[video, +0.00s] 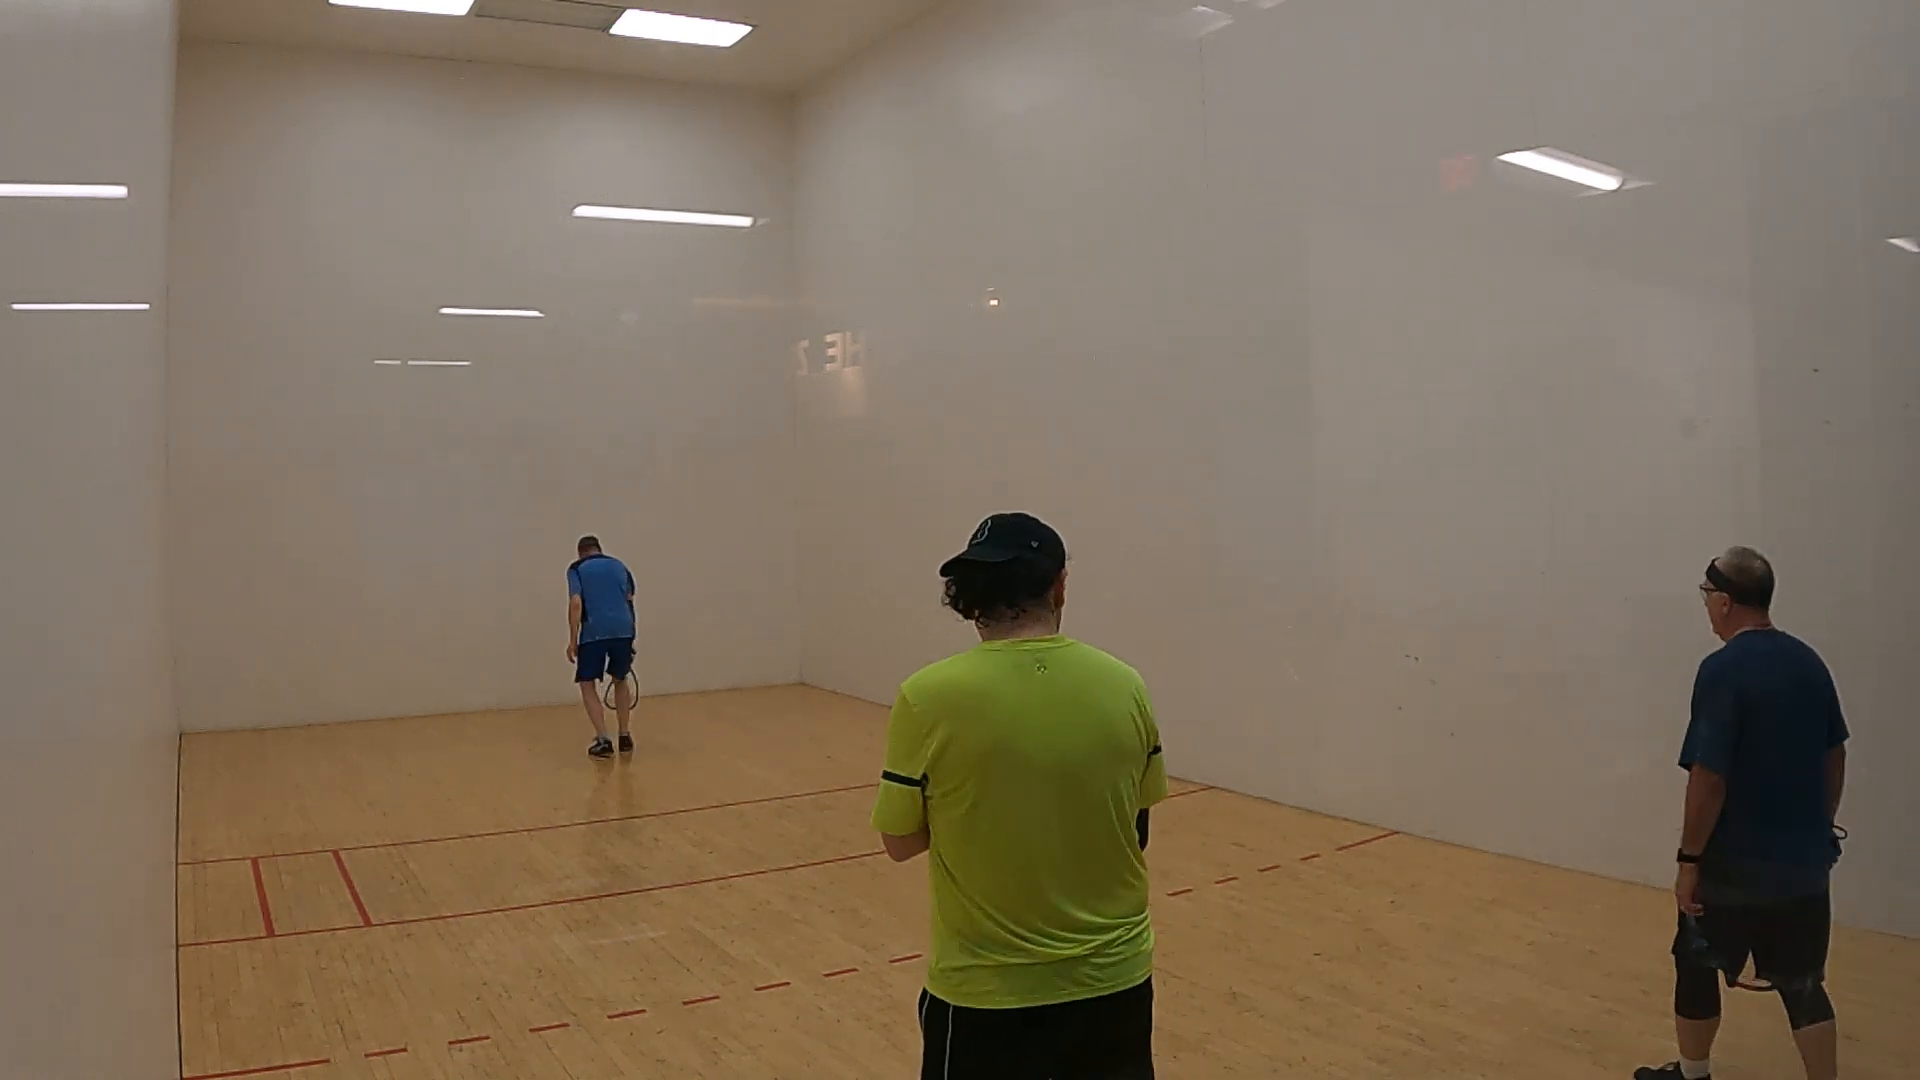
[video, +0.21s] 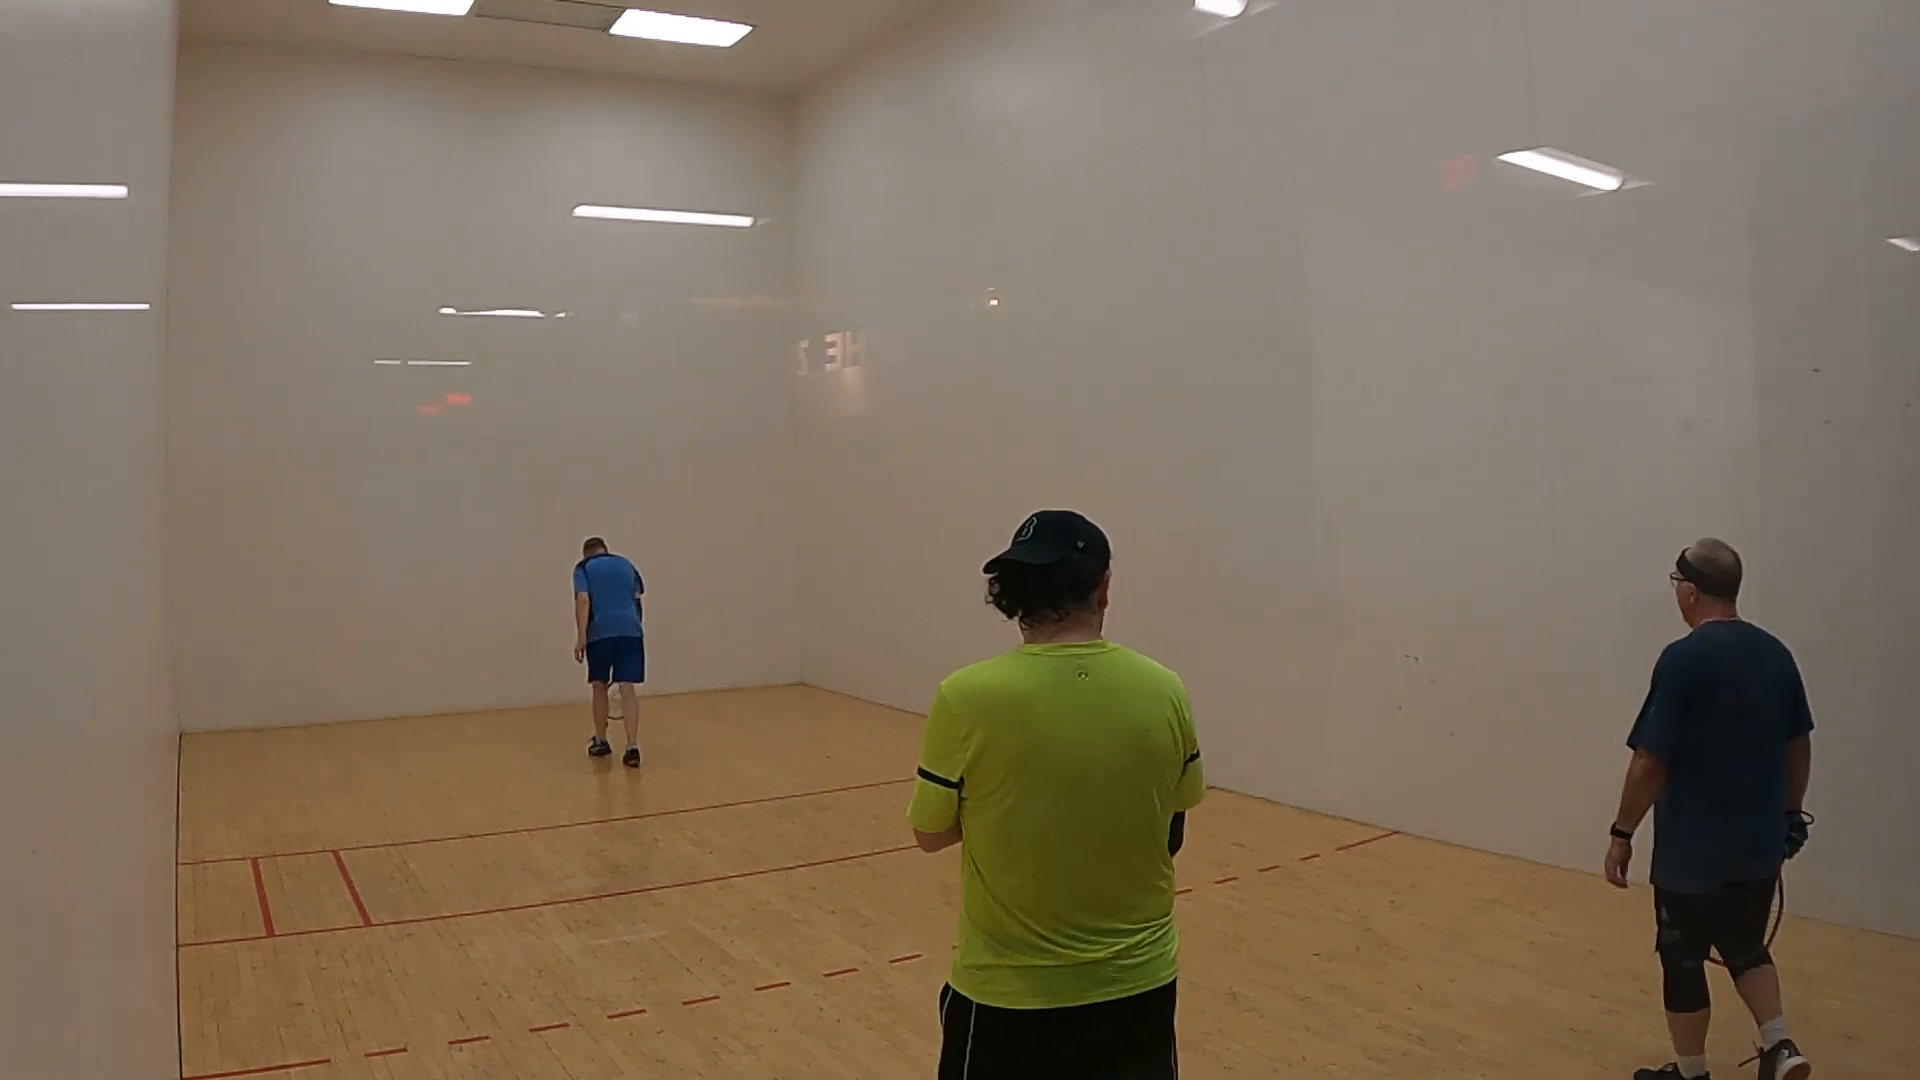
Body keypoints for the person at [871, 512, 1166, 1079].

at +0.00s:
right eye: (1065, 578)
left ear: (968, 595)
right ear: (1060, 586)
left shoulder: (929, 696)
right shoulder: (1122, 685)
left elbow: (901, 842)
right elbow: (1137, 824)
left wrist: (975, 792)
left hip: (983, 1014)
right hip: (1112, 1005)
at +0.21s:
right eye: (1109, 579)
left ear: (1014, 594)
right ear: (1103, 589)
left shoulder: (967, 696)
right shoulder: (1162, 691)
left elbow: (931, 832)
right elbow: (1171, 832)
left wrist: (1008, 793)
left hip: (1003, 1014)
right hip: (1135, 1008)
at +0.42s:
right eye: (1156, 588)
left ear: (1058, 595)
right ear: (1149, 595)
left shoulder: (1011, 698)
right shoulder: (1202, 697)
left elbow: (971, 832)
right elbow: (1207, 831)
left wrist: (1046, 791)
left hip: (1037, 1017)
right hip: (1168, 1010)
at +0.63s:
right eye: (1177, 588)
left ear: (1077, 597)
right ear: (1169, 596)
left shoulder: (1028, 698)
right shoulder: (1220, 700)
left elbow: (984, 832)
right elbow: (1223, 834)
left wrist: (1062, 796)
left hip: (1052, 1017)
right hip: (1181, 1012)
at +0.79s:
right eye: (1182, 588)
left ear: (1081, 597)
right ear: (1175, 597)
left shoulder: (1034, 700)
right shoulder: (1226, 699)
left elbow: (993, 835)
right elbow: (1231, 833)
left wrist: (1069, 796)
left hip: (1059, 1016)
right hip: (1187, 1010)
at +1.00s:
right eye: (1186, 585)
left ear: (1082, 599)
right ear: (1178, 596)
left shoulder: (1039, 703)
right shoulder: (1230, 701)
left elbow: (994, 838)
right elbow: (1232, 833)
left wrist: (1069, 796)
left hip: (1061, 1016)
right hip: (1188, 1010)